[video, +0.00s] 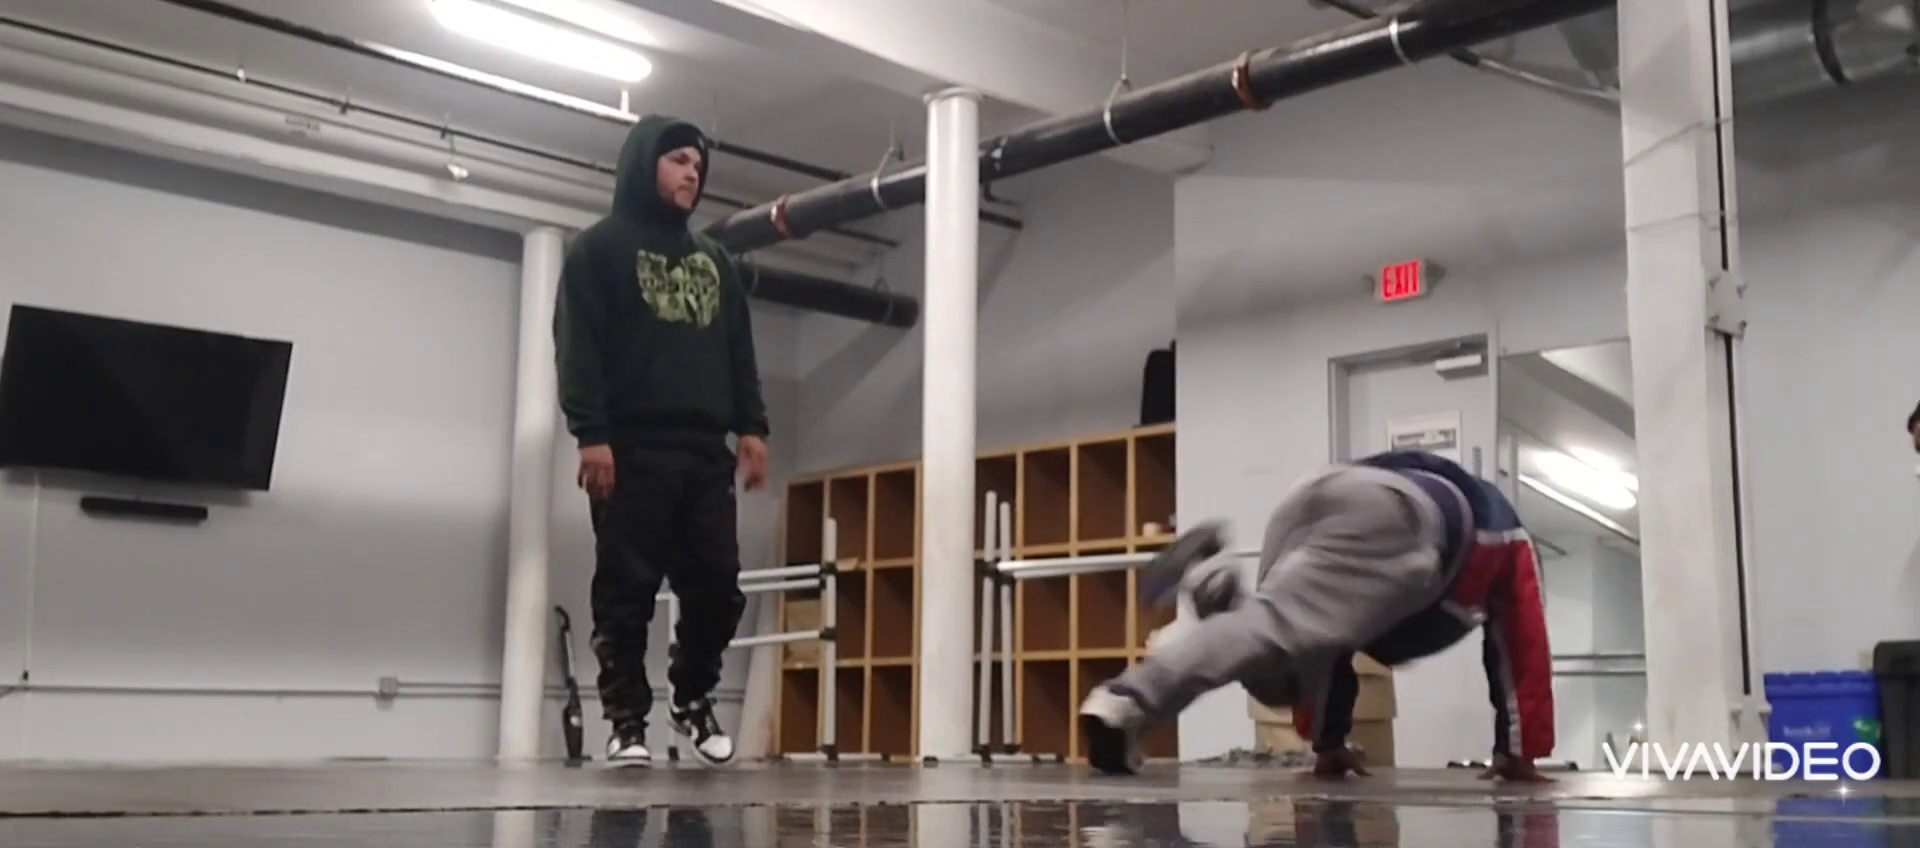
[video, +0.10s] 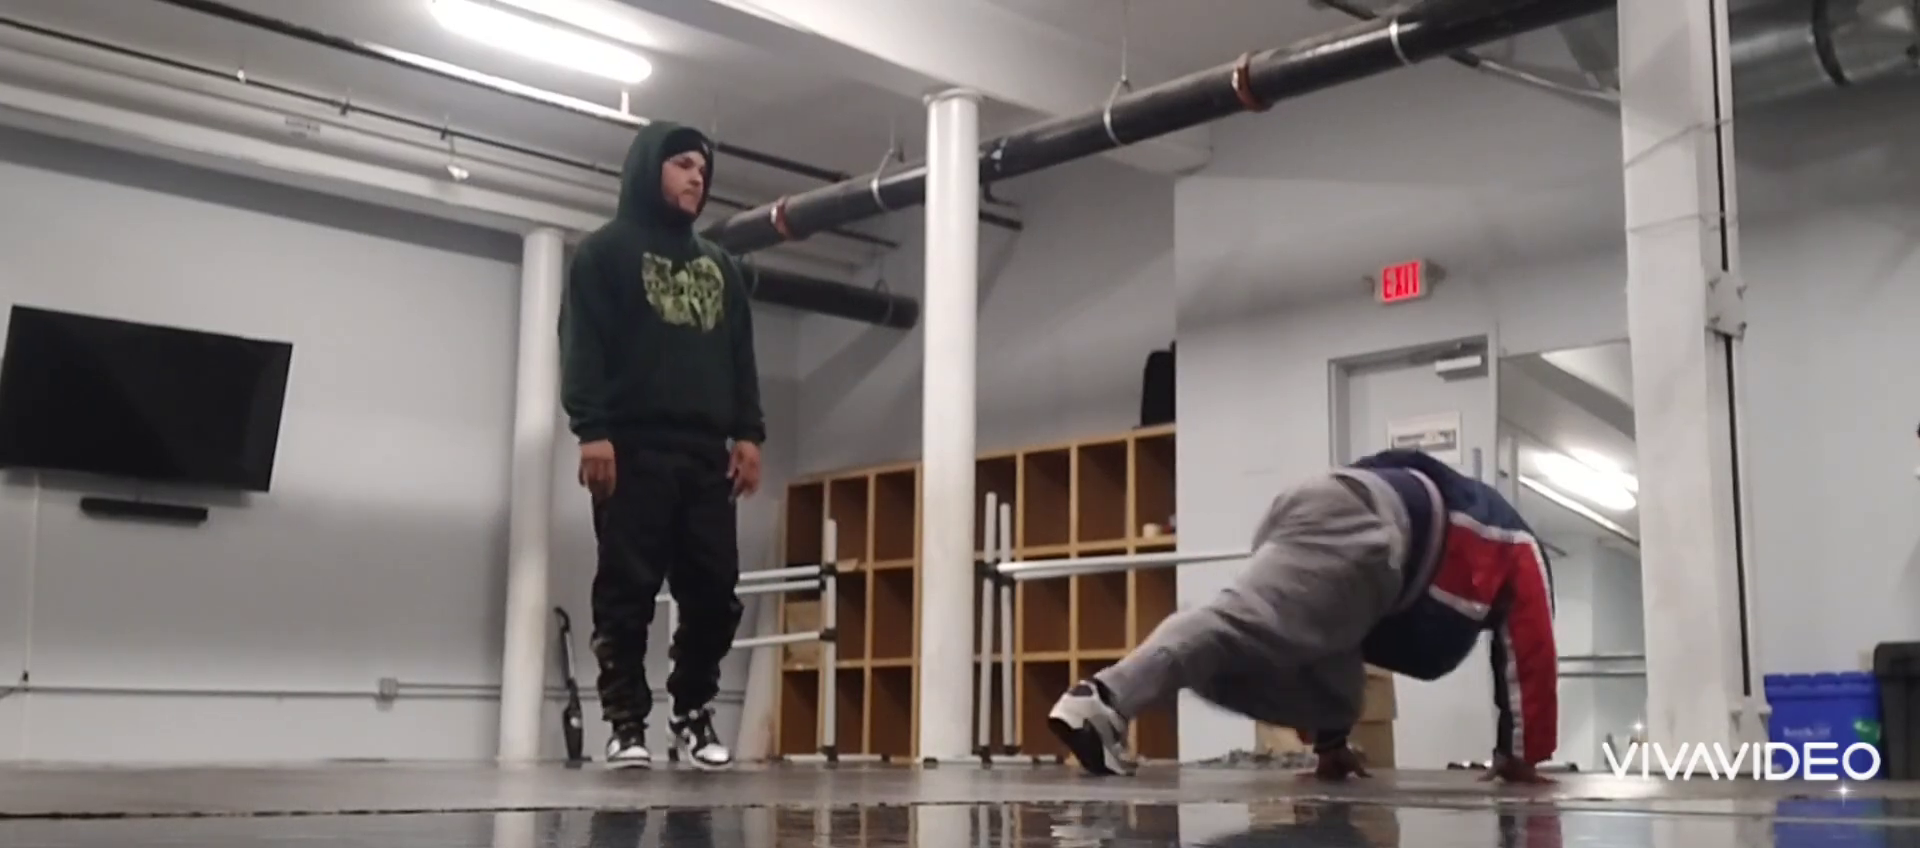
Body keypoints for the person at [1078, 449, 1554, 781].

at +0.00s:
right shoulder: (1506, 539)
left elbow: (1334, 639)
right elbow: (1518, 650)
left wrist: (1331, 747)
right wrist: (1518, 755)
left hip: (1320, 492)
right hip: (1398, 508)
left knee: (1289, 684)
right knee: (1278, 627)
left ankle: (1209, 588)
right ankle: (1125, 701)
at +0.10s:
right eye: (1542, 582)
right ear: (1531, 551)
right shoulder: (1519, 547)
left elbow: (1336, 634)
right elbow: (1528, 655)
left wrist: (1331, 747)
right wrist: (1521, 755)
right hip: (1364, 519)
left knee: (1325, 693)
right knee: (1244, 619)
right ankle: (1103, 700)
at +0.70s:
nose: (1477, 662)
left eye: (1483, 661)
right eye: (1490, 660)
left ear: (1470, 623)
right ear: (1498, 639)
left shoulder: (1403, 601)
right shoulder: (1497, 539)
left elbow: (1344, 650)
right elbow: (1521, 649)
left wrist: (1347, 741)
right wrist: (1552, 750)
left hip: (1304, 549)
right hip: (1299, 479)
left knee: (1255, 663)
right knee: (1208, 597)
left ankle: (1106, 653)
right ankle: (1070, 701)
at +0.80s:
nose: (1470, 655)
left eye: (1468, 649)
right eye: (1482, 647)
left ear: (1457, 620)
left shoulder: (1383, 591)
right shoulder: (1503, 539)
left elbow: (1348, 657)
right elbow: (1525, 641)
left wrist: (1348, 744)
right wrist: (1568, 754)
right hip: (1316, 472)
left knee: (1227, 622)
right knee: (1214, 606)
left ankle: (1098, 643)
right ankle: (1071, 704)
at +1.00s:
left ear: (1493, 604)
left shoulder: (1420, 582)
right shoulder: (1533, 530)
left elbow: (1380, 642)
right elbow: (1539, 652)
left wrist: (1413, 731)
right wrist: (1569, 756)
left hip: (1280, 434)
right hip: (1348, 460)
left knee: (1240, 586)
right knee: (1224, 606)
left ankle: (1122, 563)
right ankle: (1073, 715)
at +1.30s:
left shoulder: (1485, 586)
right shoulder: (1604, 557)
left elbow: (1426, 645)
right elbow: (1601, 689)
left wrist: (1436, 748)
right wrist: (1648, 773)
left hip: (1366, 442)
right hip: (1421, 507)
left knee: (1273, 552)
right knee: (1239, 630)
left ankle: (1178, 536)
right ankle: (1078, 717)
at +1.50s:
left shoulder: (1506, 575)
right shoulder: (1624, 547)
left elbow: (1454, 645)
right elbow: (1618, 680)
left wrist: (1457, 751)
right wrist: (1645, 764)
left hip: (1351, 463)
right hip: (1419, 516)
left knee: (1323, 591)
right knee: (1244, 640)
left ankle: (1211, 597)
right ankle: (1077, 720)